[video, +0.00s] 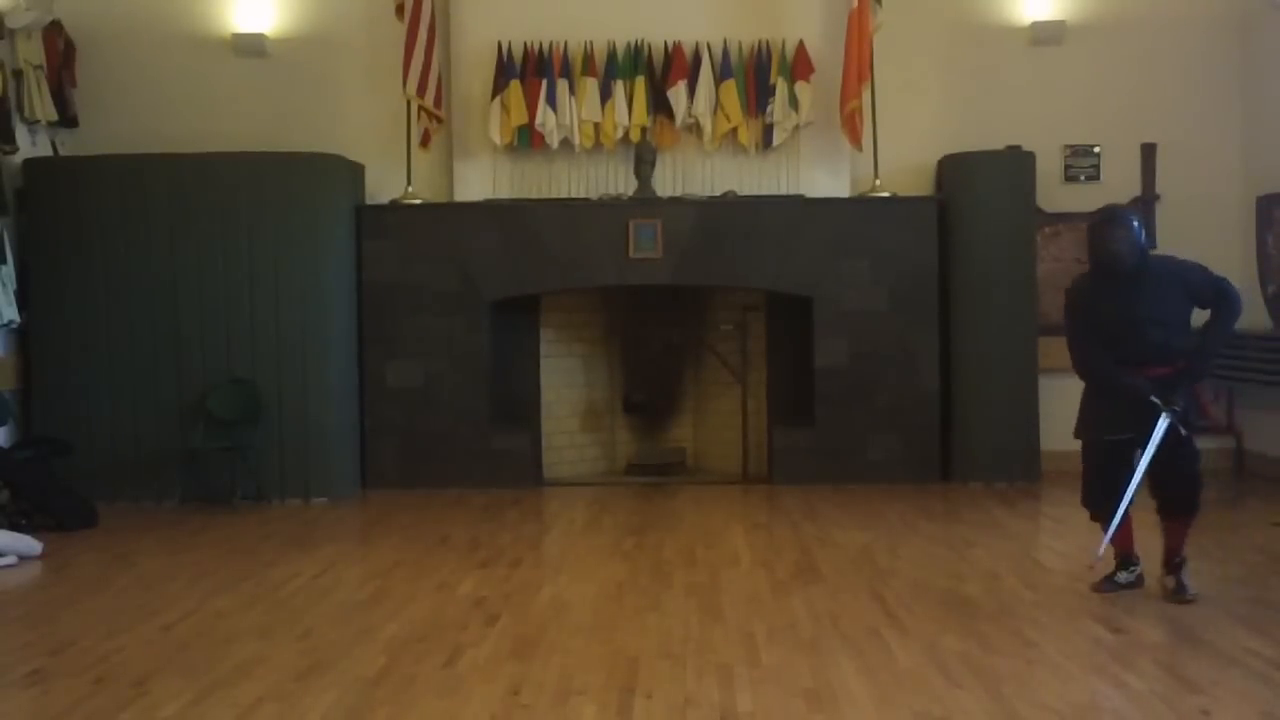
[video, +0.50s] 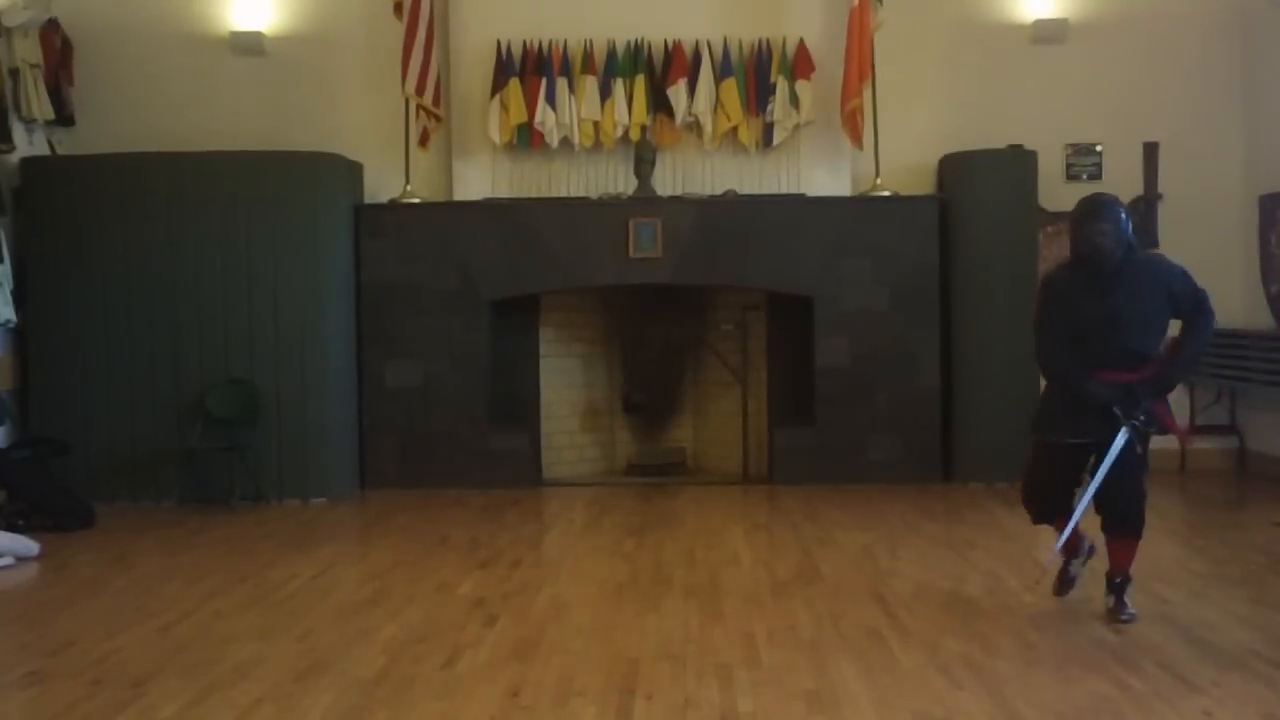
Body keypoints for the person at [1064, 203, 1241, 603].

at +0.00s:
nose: (1116, 250)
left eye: (1123, 240)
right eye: (1107, 242)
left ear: (1140, 239)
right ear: (1095, 246)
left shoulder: (1171, 274)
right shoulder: (1083, 293)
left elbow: (1228, 300)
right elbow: (1086, 362)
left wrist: (1193, 365)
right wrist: (1142, 389)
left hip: (1168, 398)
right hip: (1109, 401)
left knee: (1180, 487)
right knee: (1105, 490)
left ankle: (1174, 569)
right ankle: (1127, 566)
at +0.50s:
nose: (1092, 244)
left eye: (1102, 235)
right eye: (1084, 235)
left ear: (1124, 235)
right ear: (1073, 236)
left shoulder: (1155, 275)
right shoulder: (1059, 284)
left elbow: (1201, 314)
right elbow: (1049, 357)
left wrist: (1172, 372)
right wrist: (1105, 398)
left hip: (1129, 404)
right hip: (1068, 401)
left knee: (1123, 500)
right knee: (1042, 493)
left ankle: (1119, 587)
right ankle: (1076, 549)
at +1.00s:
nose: (1024, 260)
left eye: (1029, 249)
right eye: (1012, 252)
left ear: (1046, 245)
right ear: (996, 255)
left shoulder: (1075, 291)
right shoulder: (980, 305)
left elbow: (1118, 330)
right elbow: (978, 387)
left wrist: (1095, 394)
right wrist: (1035, 426)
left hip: (1064, 419)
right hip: (998, 419)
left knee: (1096, 514)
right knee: (960, 506)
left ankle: (1110, 587)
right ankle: (942, 610)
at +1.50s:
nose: (945, 238)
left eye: (953, 227)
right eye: (935, 229)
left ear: (973, 225)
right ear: (921, 232)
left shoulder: (1008, 267)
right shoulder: (908, 285)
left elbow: (1055, 313)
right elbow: (902, 365)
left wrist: (1019, 387)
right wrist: (958, 412)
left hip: (1004, 408)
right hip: (936, 410)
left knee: (1007, 509)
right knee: (931, 514)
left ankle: (993, 609)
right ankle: (940, 613)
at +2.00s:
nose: (935, 227)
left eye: (946, 217)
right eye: (927, 217)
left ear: (970, 219)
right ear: (915, 221)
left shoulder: (1010, 267)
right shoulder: (903, 280)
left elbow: (1060, 323)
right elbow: (893, 362)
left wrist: (1018, 390)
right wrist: (949, 417)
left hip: (994, 410)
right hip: (924, 408)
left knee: (989, 521)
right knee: (889, 512)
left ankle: (976, 622)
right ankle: (871, 626)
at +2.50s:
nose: (900, 224)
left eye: (911, 214)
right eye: (891, 214)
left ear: (934, 217)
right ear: (874, 219)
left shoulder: (965, 274)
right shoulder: (857, 288)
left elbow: (1016, 333)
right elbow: (841, 365)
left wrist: (985, 387)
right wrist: (880, 389)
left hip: (952, 425)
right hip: (882, 429)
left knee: (976, 527)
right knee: (868, 535)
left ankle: (970, 610)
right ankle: (859, 647)